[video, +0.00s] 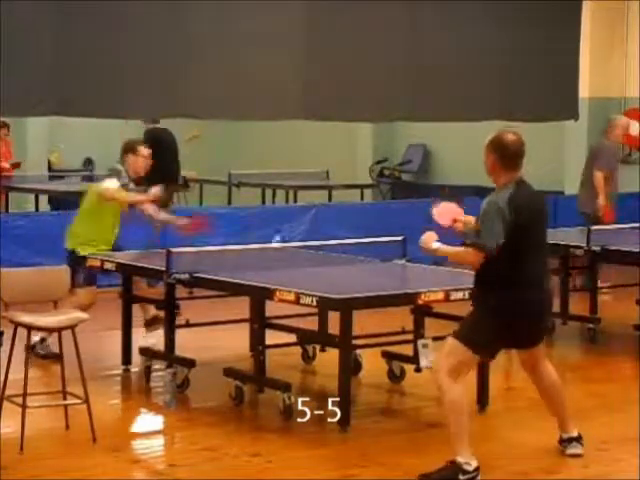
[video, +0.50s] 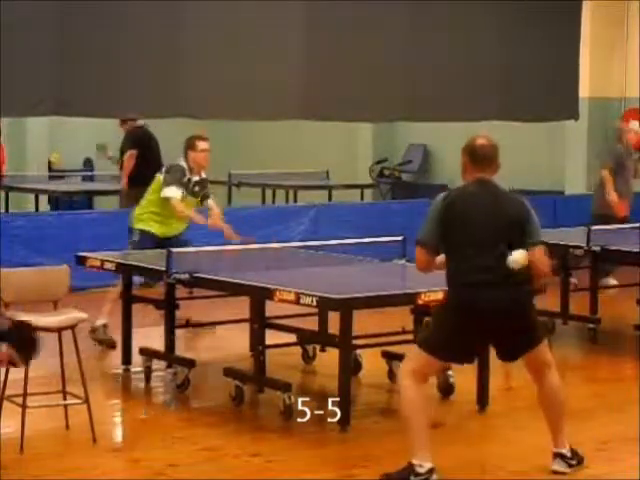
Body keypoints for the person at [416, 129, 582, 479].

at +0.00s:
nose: (484, 160)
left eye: (486, 155)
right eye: (487, 154)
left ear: (491, 160)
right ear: (519, 160)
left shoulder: (497, 203)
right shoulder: (533, 196)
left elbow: (476, 256)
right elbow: (516, 241)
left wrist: (435, 248)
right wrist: (471, 228)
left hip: (498, 309)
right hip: (534, 305)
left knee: (449, 368)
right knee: (537, 363)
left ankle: (463, 461)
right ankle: (570, 434)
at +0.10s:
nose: (478, 159)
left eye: (479, 154)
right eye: (480, 153)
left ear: (484, 159)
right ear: (513, 159)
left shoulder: (487, 201)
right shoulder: (533, 198)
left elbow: (460, 255)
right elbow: (524, 251)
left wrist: (429, 248)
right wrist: (469, 242)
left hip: (491, 309)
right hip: (532, 307)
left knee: (444, 366)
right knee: (537, 363)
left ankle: (463, 461)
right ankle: (570, 435)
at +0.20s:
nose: (475, 149)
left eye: (476, 144)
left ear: (479, 147)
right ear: (511, 148)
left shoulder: (467, 191)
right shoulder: (530, 192)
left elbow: (444, 247)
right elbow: (547, 255)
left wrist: (430, 240)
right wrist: (514, 247)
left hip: (475, 301)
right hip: (522, 300)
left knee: (433, 366)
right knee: (542, 365)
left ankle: (460, 456)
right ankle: (568, 439)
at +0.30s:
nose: (472, 151)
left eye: (473, 146)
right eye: (477, 146)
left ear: (476, 148)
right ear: (508, 150)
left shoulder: (464, 187)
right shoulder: (529, 191)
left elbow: (438, 244)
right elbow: (548, 251)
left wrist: (435, 237)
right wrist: (518, 256)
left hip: (472, 295)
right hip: (520, 296)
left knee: (424, 365)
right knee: (543, 366)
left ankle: (439, 452)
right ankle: (562, 446)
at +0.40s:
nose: (468, 165)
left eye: (468, 160)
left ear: (471, 162)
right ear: (503, 163)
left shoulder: (453, 200)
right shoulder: (521, 202)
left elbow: (427, 258)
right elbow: (547, 259)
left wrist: (451, 251)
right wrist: (540, 283)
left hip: (465, 306)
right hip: (516, 306)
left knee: (419, 375)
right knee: (547, 368)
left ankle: (421, 464)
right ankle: (563, 451)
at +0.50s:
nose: (464, 168)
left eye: (463, 163)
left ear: (464, 164)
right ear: (497, 166)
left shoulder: (448, 203)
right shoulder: (516, 204)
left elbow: (424, 262)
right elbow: (540, 265)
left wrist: (450, 256)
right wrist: (535, 282)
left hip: (463, 311)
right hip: (513, 310)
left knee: (412, 372)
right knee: (545, 371)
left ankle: (420, 464)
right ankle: (562, 452)